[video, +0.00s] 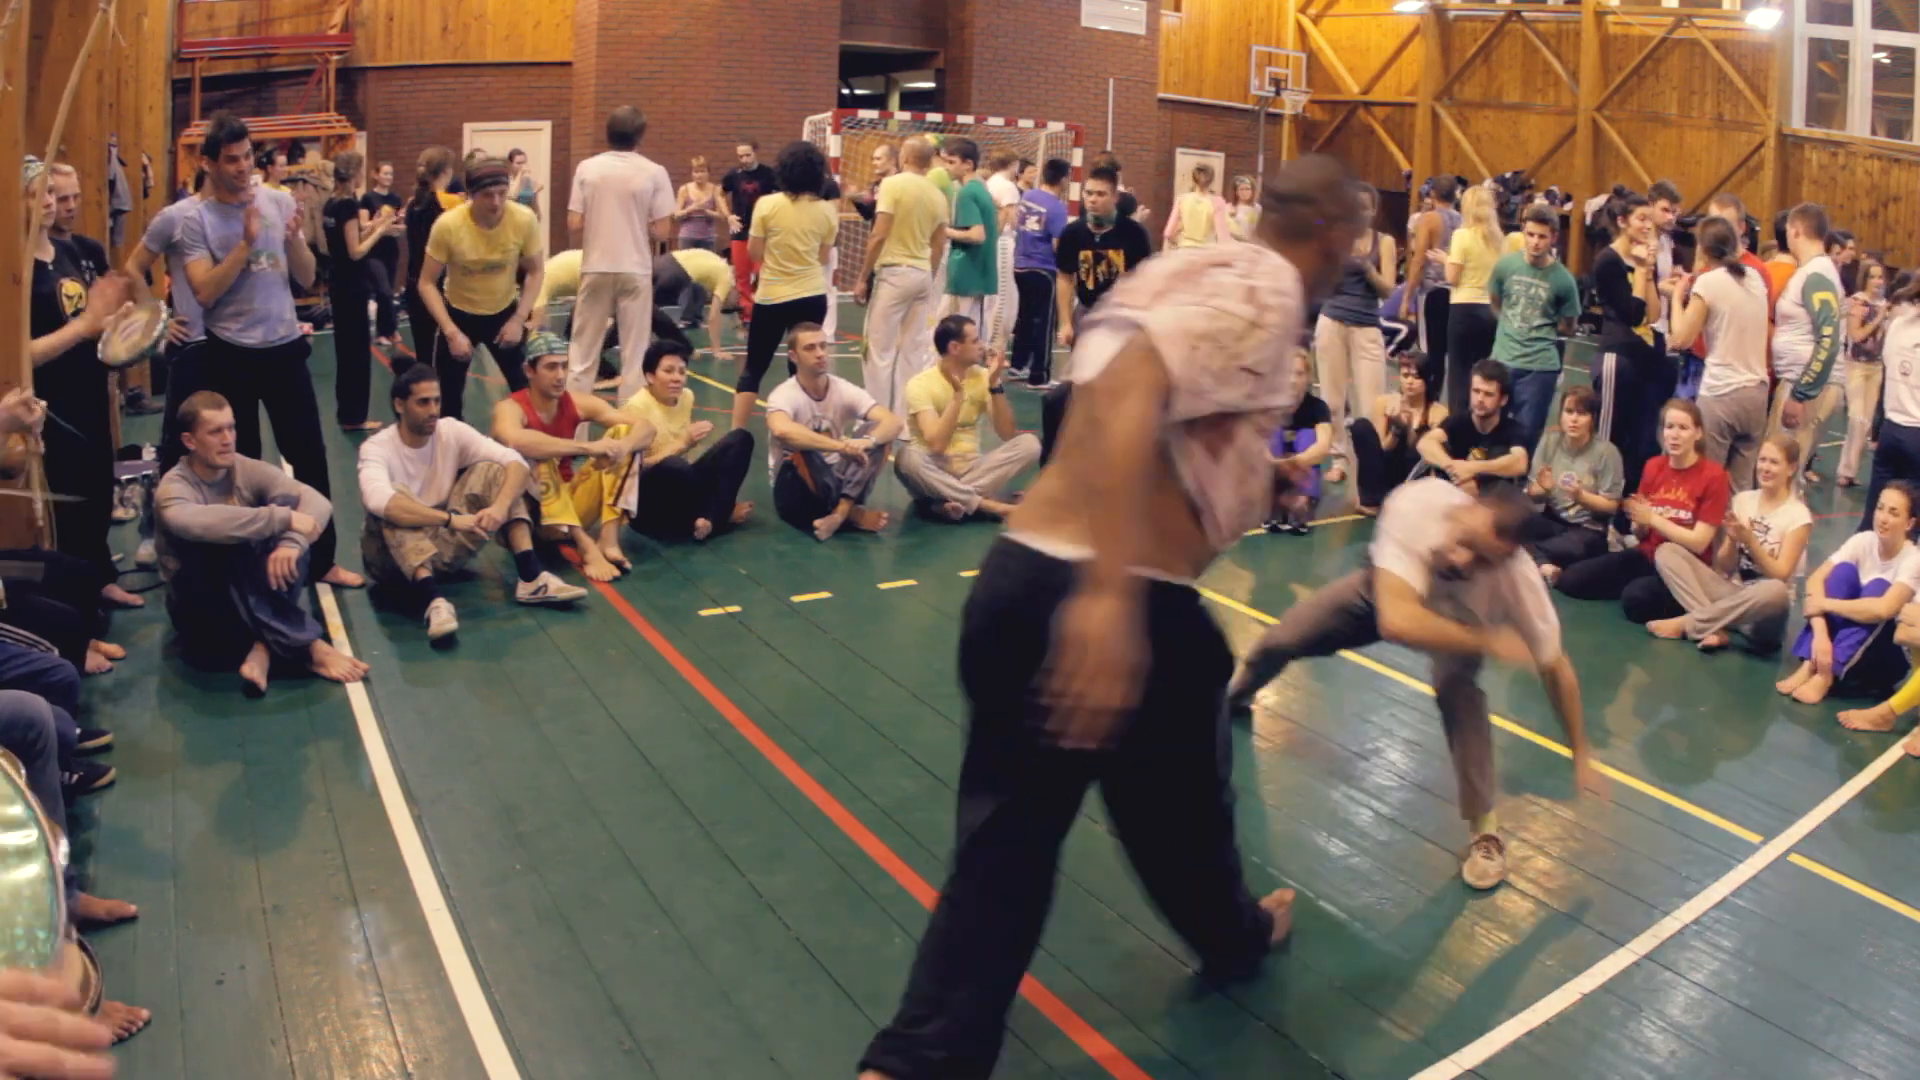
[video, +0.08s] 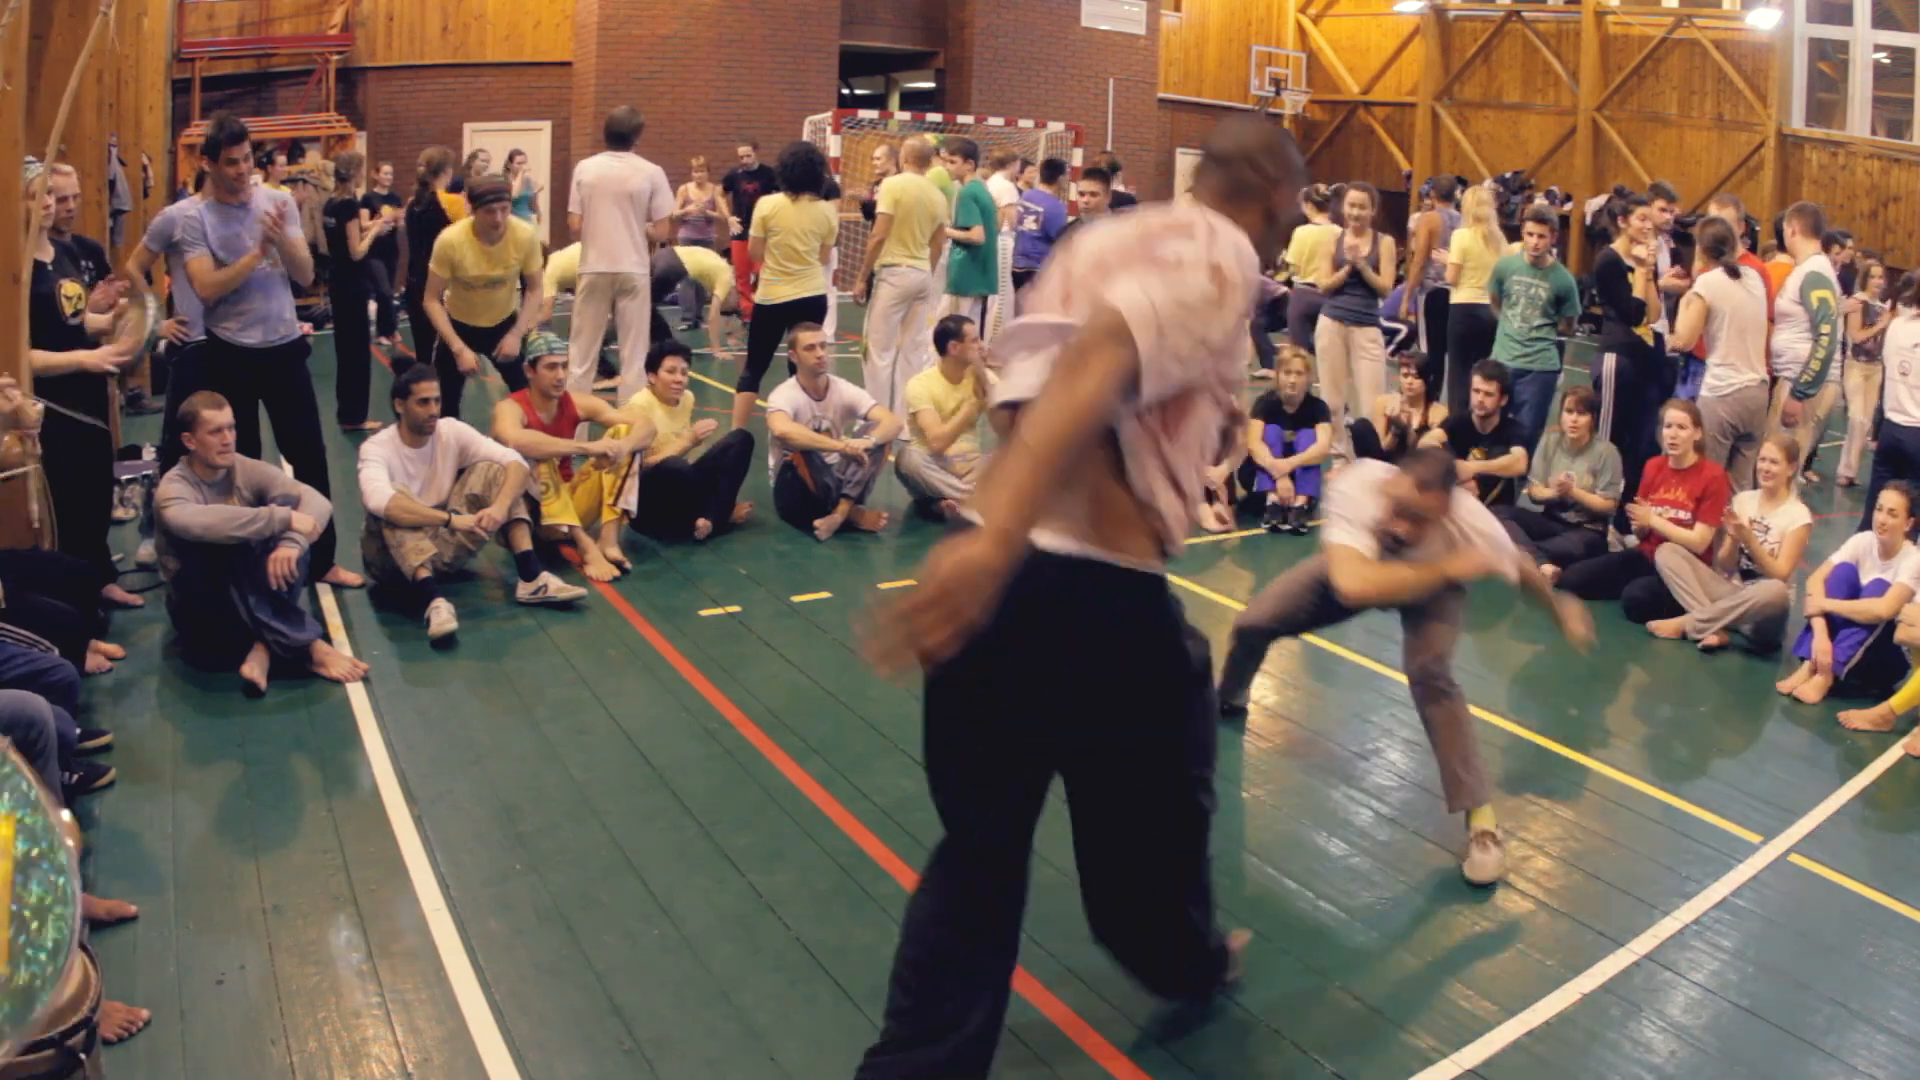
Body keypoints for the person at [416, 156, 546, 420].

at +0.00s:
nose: (495, 203)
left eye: (501, 194)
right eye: (487, 195)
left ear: (508, 191)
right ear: (471, 194)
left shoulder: (524, 220)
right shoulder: (447, 225)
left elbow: (536, 271)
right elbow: (426, 282)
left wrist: (519, 319)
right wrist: (451, 332)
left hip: (504, 314)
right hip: (459, 315)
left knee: (526, 388)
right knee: (448, 395)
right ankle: (448, 456)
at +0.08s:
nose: (498, 219)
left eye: (503, 210)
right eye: (489, 212)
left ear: (511, 207)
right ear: (473, 210)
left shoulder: (525, 235)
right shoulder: (450, 240)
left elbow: (535, 289)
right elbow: (431, 299)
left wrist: (516, 334)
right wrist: (458, 348)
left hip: (504, 327)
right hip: (459, 327)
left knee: (526, 395)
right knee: (446, 401)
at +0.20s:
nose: (497, 249)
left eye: (503, 240)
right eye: (489, 241)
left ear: (510, 237)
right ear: (474, 239)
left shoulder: (524, 263)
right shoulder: (451, 269)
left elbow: (533, 317)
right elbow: (437, 331)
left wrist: (513, 360)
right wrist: (467, 377)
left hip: (505, 348)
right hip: (460, 349)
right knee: (443, 418)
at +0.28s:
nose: (496, 267)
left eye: (503, 258)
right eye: (488, 259)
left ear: (509, 256)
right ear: (473, 258)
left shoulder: (522, 281)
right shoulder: (450, 288)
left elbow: (532, 341)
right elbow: (437, 351)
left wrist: (511, 378)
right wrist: (470, 396)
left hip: (502, 363)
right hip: (459, 365)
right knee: (445, 428)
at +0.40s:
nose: (494, 290)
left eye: (500, 281)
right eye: (486, 282)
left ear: (506, 280)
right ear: (470, 282)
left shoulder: (520, 306)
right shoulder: (448, 314)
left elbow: (528, 360)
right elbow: (437, 376)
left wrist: (509, 404)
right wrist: (469, 418)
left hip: (501, 388)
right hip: (458, 390)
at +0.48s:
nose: (493, 302)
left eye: (498, 293)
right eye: (484, 294)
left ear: (505, 293)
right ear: (468, 296)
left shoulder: (518, 319)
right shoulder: (447, 331)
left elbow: (531, 368)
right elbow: (437, 393)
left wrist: (509, 399)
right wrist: (460, 428)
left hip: (497, 404)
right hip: (456, 407)